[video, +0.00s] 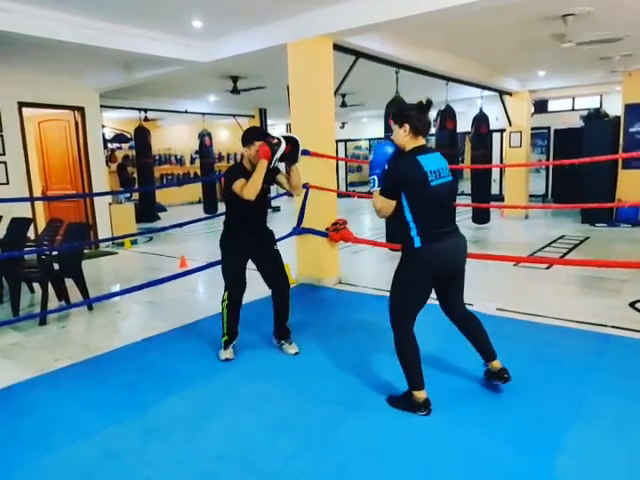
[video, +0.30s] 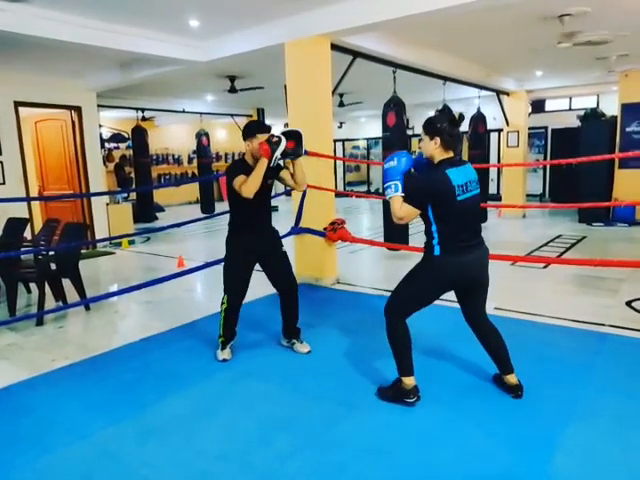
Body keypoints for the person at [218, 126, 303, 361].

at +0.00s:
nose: (263, 154)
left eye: (265, 149)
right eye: (259, 148)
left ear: (266, 151)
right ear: (246, 148)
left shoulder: (266, 170)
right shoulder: (232, 173)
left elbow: (295, 190)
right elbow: (249, 194)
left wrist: (290, 161)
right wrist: (264, 161)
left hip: (261, 237)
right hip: (235, 239)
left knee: (281, 285)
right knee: (234, 289)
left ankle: (282, 336)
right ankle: (228, 341)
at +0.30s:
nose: (265, 147)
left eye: (267, 142)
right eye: (261, 142)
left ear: (268, 144)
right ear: (247, 143)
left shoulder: (270, 167)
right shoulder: (235, 168)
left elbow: (299, 185)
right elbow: (248, 191)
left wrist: (295, 156)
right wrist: (265, 159)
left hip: (267, 239)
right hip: (240, 241)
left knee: (289, 287)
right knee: (233, 296)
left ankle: (291, 336)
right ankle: (225, 342)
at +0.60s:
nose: (273, 146)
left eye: (274, 141)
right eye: (268, 141)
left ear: (275, 143)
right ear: (254, 142)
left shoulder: (276, 166)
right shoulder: (241, 169)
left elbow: (310, 179)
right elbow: (247, 193)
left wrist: (317, 156)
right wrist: (256, 161)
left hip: (272, 238)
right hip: (247, 241)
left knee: (292, 288)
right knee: (236, 295)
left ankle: (288, 337)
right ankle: (223, 342)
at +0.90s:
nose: (269, 147)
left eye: (271, 142)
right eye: (264, 142)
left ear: (270, 143)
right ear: (249, 143)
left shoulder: (267, 169)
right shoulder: (240, 168)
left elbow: (271, 202)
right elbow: (250, 191)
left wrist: (286, 196)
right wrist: (282, 170)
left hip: (265, 239)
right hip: (241, 241)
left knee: (284, 288)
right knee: (233, 294)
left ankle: (285, 338)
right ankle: (220, 343)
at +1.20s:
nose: (291, 156)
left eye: (293, 152)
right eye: (288, 151)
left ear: (291, 152)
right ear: (273, 149)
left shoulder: (283, 178)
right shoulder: (256, 173)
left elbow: (276, 208)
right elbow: (232, 196)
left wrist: (296, 205)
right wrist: (228, 225)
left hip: (272, 241)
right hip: (248, 243)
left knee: (298, 284)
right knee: (234, 295)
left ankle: (307, 332)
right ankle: (217, 345)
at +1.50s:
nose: (331, 153)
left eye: (334, 148)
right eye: (327, 148)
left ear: (334, 147)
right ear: (314, 146)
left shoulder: (327, 173)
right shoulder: (295, 170)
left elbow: (331, 207)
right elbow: (264, 193)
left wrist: (338, 198)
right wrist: (241, 219)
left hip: (304, 229)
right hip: (284, 230)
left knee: (315, 283)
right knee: (286, 285)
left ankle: (308, 333)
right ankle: (259, 334)